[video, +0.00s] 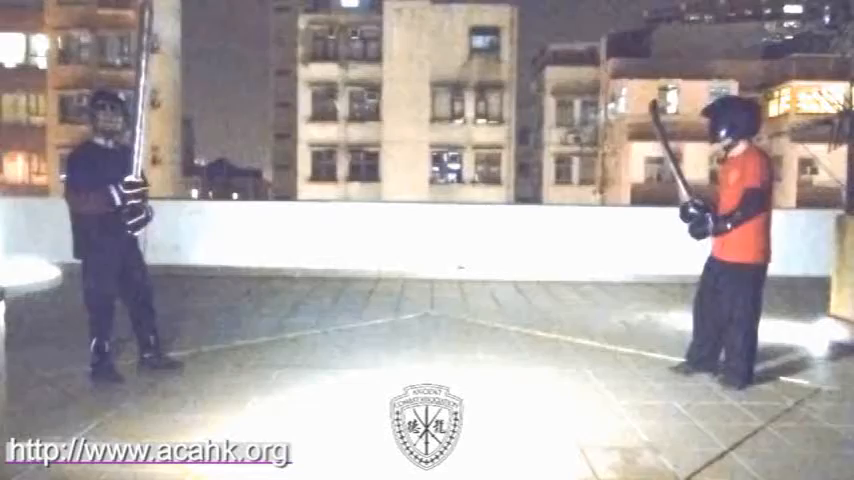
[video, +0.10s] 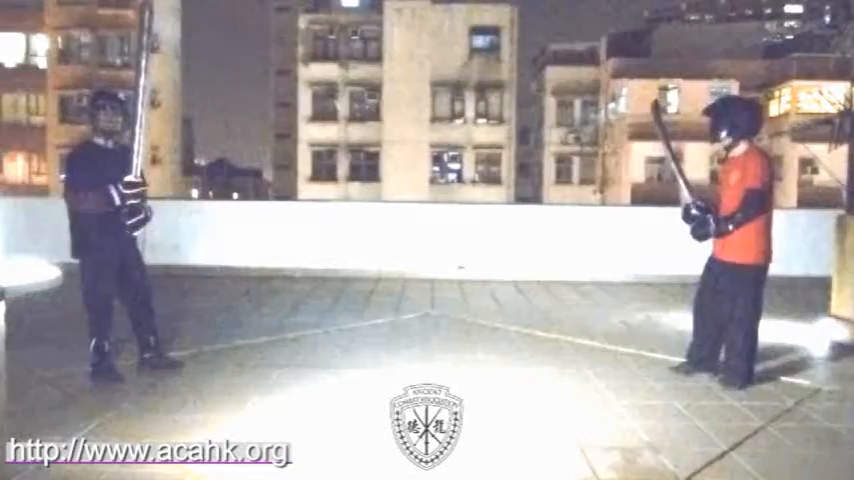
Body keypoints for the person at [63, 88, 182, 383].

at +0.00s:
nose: (108, 117)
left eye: (114, 111)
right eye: (102, 111)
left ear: (123, 117)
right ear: (91, 117)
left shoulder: (125, 156)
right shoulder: (81, 157)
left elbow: (136, 193)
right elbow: (78, 202)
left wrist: (143, 211)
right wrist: (115, 196)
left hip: (125, 238)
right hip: (96, 241)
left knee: (140, 293)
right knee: (101, 299)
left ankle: (150, 351)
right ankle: (100, 359)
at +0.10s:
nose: (109, 117)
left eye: (115, 111)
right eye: (103, 111)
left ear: (123, 117)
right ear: (92, 117)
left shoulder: (125, 155)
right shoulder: (81, 157)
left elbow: (134, 194)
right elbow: (78, 201)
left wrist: (142, 210)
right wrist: (115, 196)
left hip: (124, 237)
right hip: (94, 240)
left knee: (138, 292)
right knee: (100, 298)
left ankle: (150, 351)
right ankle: (100, 358)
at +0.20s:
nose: (112, 118)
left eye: (117, 112)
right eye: (105, 112)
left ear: (124, 118)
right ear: (93, 117)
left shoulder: (123, 155)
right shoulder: (80, 157)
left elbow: (130, 194)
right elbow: (78, 202)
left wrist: (140, 210)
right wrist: (115, 196)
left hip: (122, 238)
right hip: (92, 241)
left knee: (137, 292)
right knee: (99, 299)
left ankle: (150, 351)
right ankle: (100, 358)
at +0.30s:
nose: (118, 118)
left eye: (121, 112)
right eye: (111, 112)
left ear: (124, 117)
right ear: (96, 117)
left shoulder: (122, 155)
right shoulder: (79, 157)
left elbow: (128, 195)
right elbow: (78, 203)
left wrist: (139, 211)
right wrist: (116, 196)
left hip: (121, 239)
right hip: (92, 243)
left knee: (136, 293)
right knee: (99, 301)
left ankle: (150, 351)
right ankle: (100, 359)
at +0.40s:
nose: (121, 118)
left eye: (121, 112)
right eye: (115, 112)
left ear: (119, 116)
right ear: (99, 117)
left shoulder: (121, 155)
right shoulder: (79, 158)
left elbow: (127, 193)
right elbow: (78, 203)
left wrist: (138, 212)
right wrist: (116, 196)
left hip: (120, 239)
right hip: (91, 243)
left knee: (134, 293)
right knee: (99, 300)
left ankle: (149, 351)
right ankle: (100, 359)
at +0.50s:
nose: (121, 118)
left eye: (121, 111)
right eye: (114, 112)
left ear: (115, 115)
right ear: (99, 117)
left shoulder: (120, 155)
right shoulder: (79, 157)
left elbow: (125, 192)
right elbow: (78, 203)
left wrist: (137, 212)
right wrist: (117, 196)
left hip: (118, 235)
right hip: (90, 239)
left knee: (132, 291)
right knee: (98, 297)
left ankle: (149, 350)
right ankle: (99, 357)